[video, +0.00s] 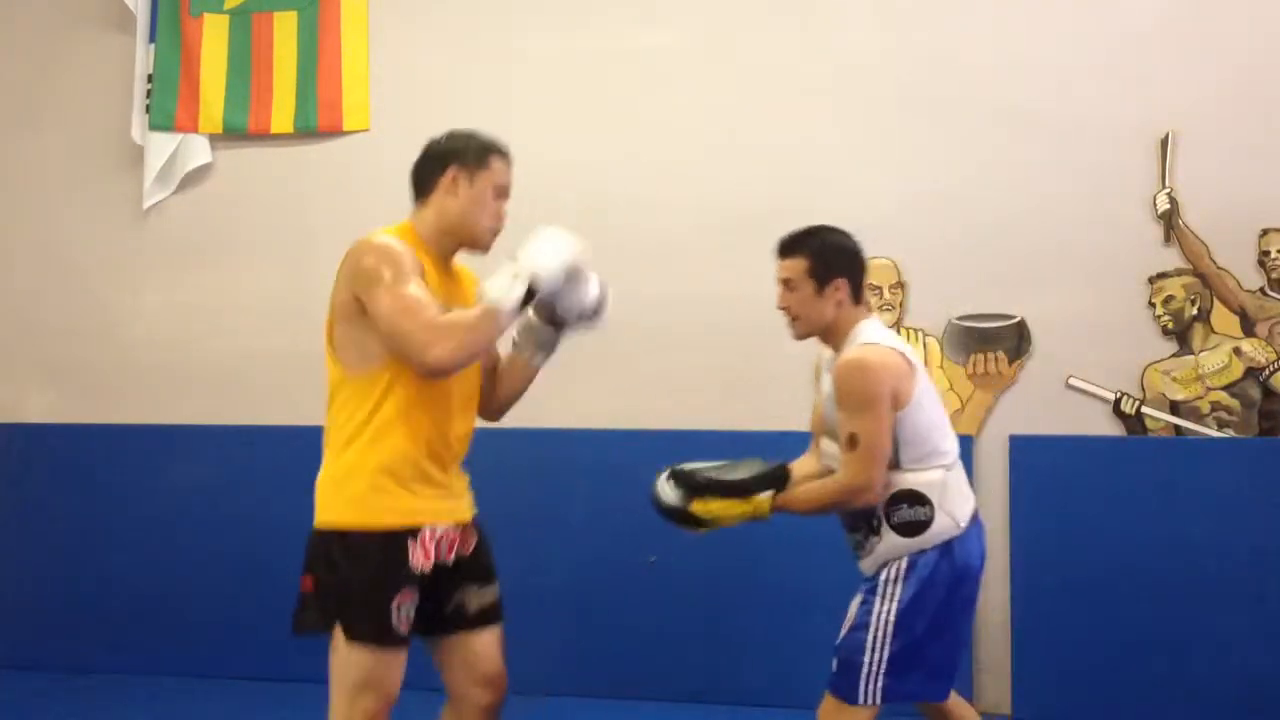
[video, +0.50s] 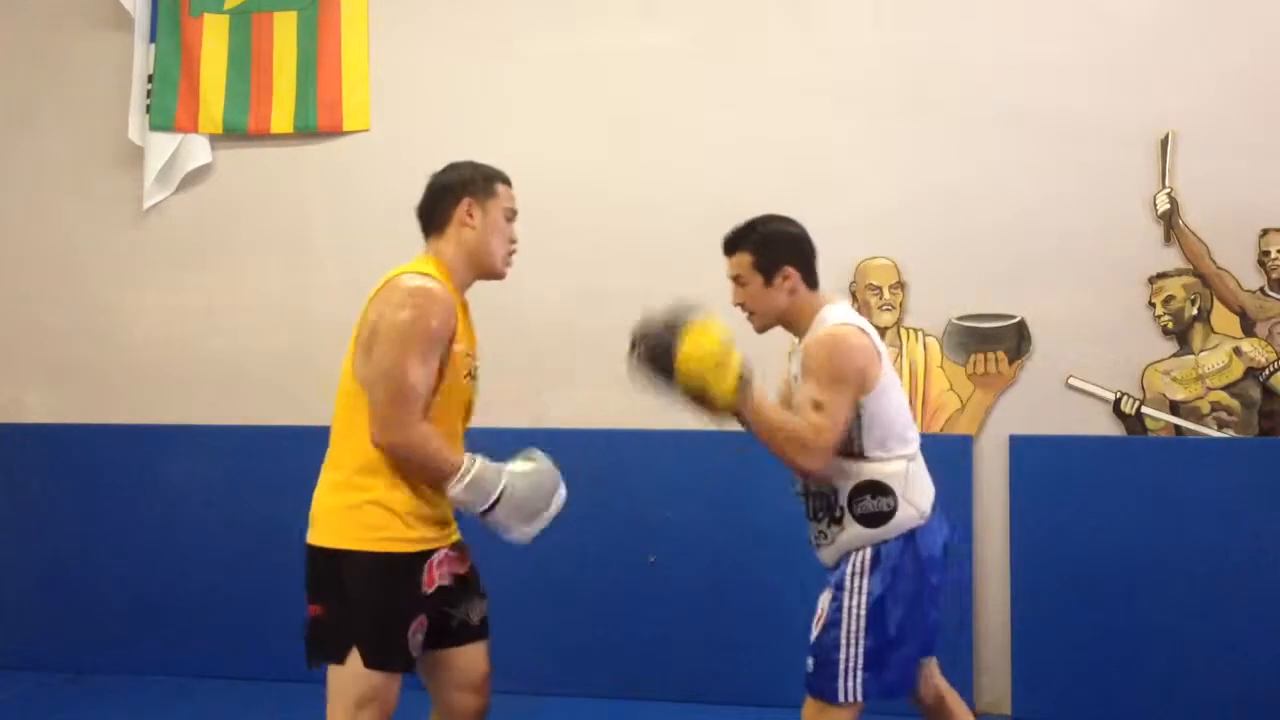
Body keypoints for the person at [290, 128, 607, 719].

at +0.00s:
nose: (503, 214)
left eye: (506, 199)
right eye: (497, 194)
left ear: (461, 189)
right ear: (450, 183)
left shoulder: (462, 284)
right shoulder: (377, 258)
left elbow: (489, 401)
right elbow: (434, 348)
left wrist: (544, 330)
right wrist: (517, 287)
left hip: (448, 512)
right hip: (371, 517)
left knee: (480, 690)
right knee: (365, 700)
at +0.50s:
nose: (516, 236)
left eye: (516, 220)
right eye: (508, 217)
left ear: (468, 218)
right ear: (467, 215)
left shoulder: (447, 303)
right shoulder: (418, 300)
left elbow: (427, 431)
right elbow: (398, 430)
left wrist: (490, 494)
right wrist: (491, 486)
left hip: (427, 533)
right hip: (369, 538)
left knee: (465, 693)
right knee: (362, 704)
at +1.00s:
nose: (504, 237)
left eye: (504, 221)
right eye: (494, 218)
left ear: (456, 219)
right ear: (451, 217)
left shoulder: (454, 316)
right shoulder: (377, 297)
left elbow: (431, 415)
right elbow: (354, 423)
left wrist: (501, 405)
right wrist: (470, 416)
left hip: (425, 537)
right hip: (352, 542)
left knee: (466, 696)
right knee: (346, 708)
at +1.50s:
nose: (519, 235)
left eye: (521, 220)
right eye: (512, 216)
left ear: (472, 212)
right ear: (468, 207)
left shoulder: (472, 307)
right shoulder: (386, 282)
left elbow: (476, 427)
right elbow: (421, 403)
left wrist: (538, 370)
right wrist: (512, 343)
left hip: (441, 530)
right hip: (366, 532)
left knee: (461, 697)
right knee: (366, 705)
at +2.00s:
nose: (510, 269)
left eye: (516, 255)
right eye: (510, 251)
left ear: (470, 236)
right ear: (470, 234)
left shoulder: (452, 312)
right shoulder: (372, 294)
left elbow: (463, 425)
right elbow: (439, 406)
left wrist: (537, 359)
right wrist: (518, 319)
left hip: (423, 540)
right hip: (354, 549)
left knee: (485, 695)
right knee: (377, 710)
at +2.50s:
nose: (523, 258)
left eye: (528, 244)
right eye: (520, 239)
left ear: (480, 225)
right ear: (477, 220)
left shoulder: (477, 304)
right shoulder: (369, 280)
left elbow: (505, 405)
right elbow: (417, 398)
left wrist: (567, 351)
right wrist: (507, 318)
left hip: (444, 532)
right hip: (359, 534)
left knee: (481, 699)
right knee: (350, 708)